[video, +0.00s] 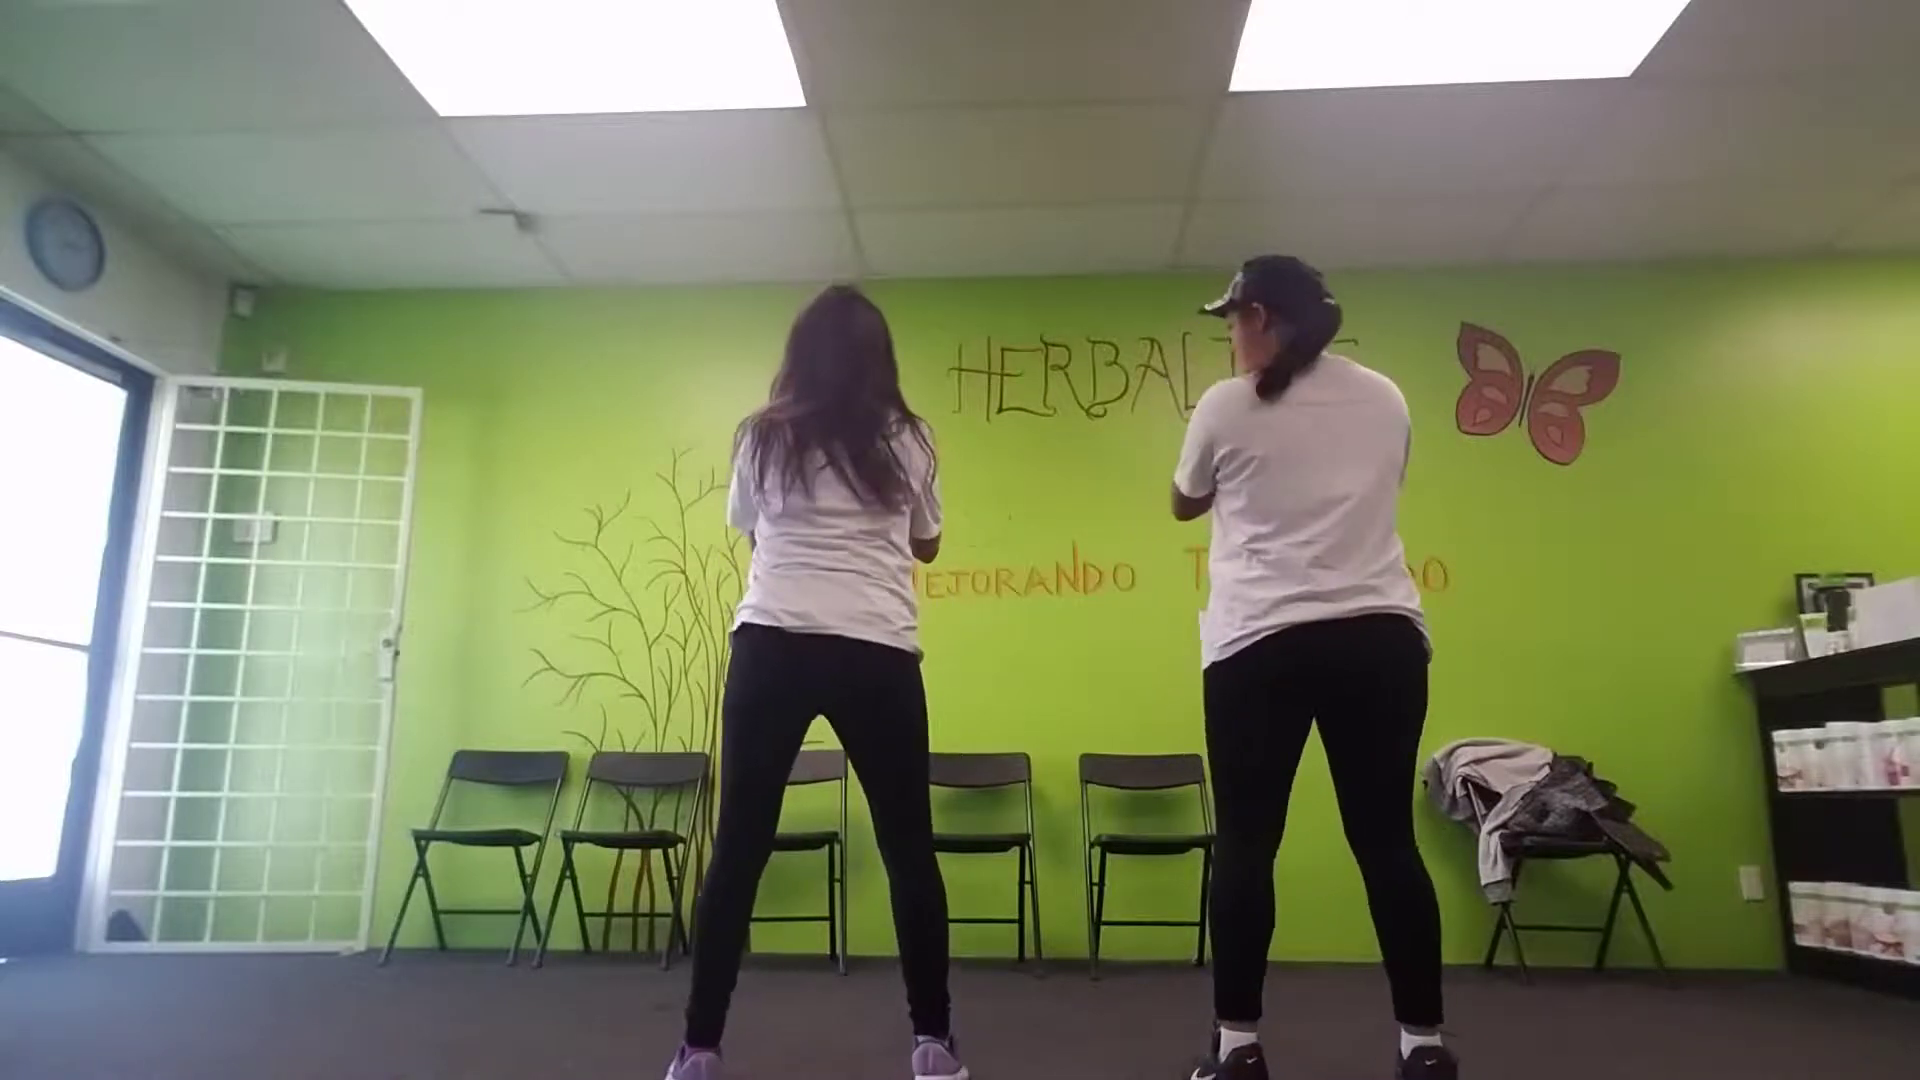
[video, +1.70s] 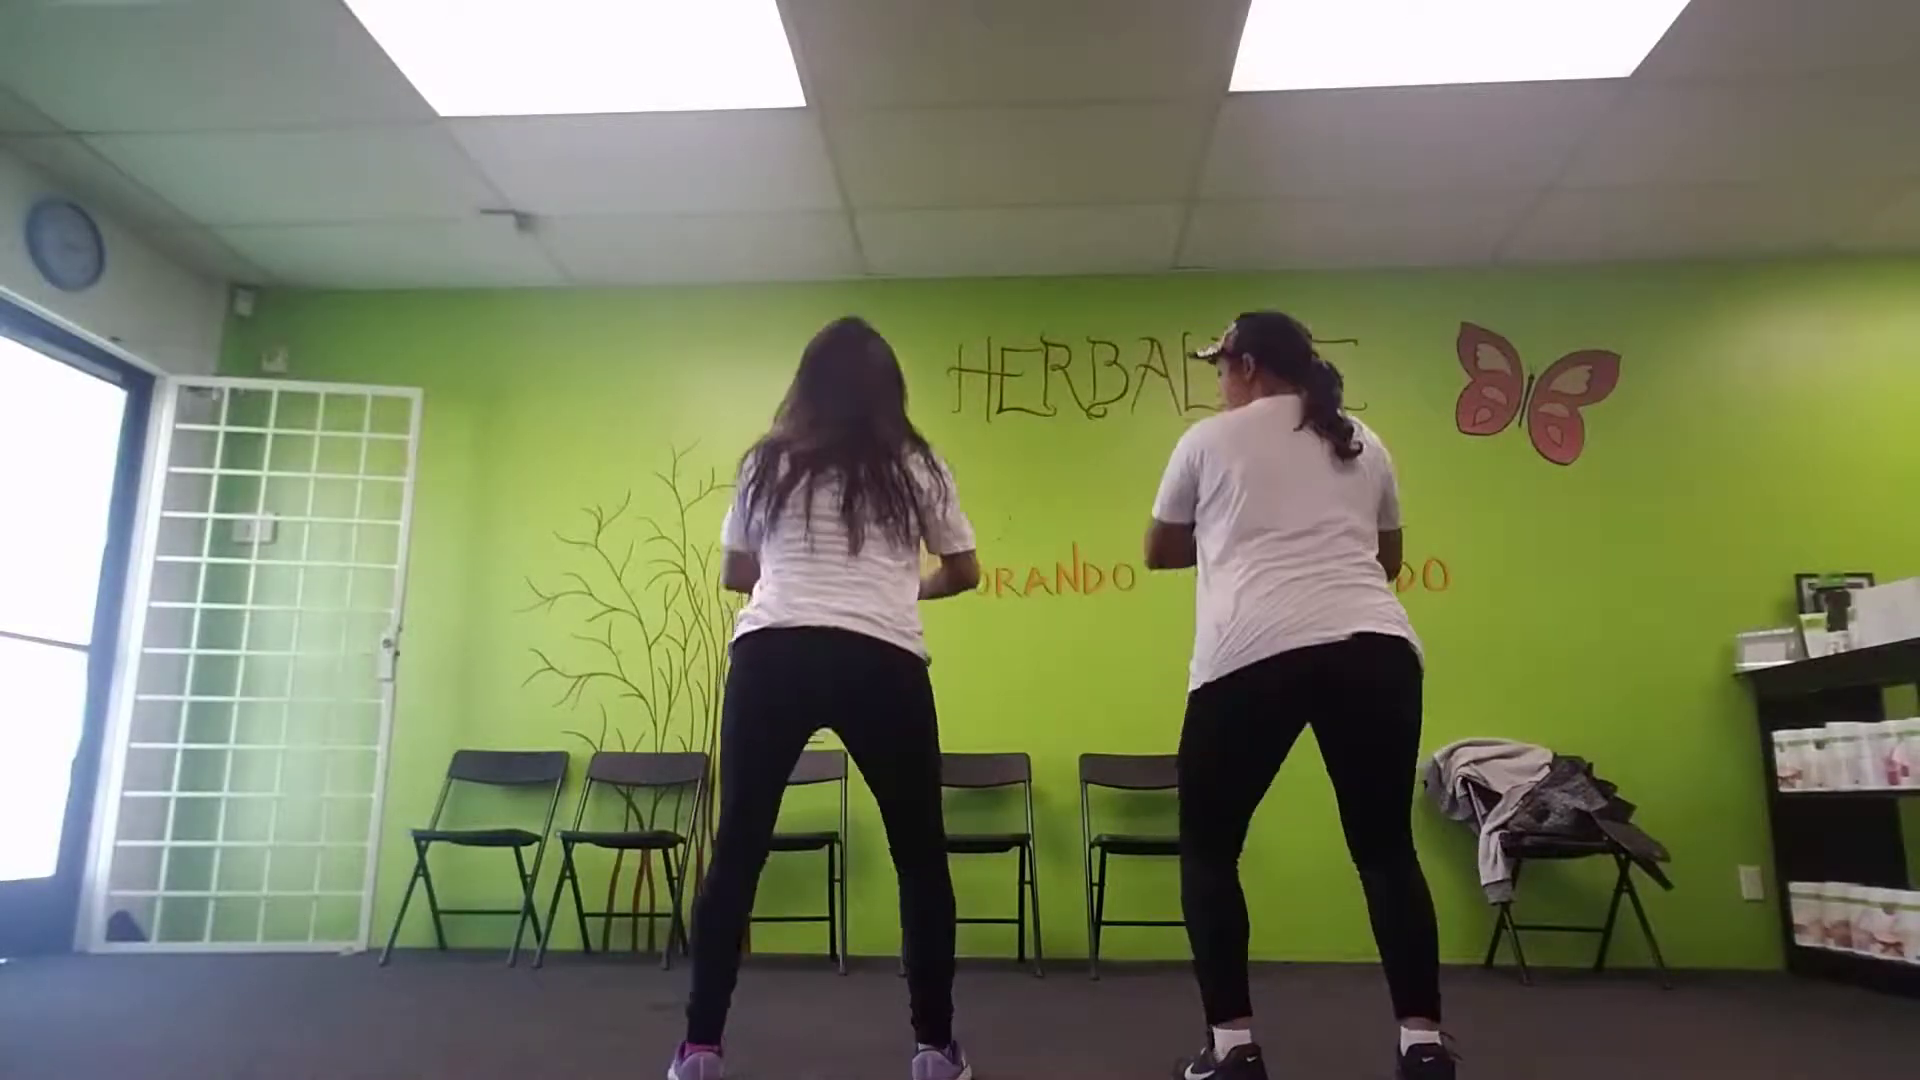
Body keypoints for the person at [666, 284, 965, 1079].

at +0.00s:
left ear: (796, 355)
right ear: (881, 358)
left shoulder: (762, 433)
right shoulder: (909, 436)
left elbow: (748, 525)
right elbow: (926, 542)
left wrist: (822, 510)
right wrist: (856, 506)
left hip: (771, 645)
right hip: (876, 650)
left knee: (738, 847)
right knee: (910, 849)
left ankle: (698, 1052)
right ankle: (933, 1049)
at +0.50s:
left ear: (810, 440)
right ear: (892, 441)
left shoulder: (774, 503)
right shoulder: (914, 509)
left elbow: (767, 590)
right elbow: (941, 613)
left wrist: (834, 572)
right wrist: (878, 567)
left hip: (771, 689)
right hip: (883, 697)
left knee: (722, 859)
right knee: (932, 861)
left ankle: (697, 1049)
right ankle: (936, 1049)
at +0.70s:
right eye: (890, 524)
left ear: (809, 527)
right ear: (889, 530)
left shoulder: (772, 586)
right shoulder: (907, 594)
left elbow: (764, 669)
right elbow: (940, 694)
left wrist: (829, 657)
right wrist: (876, 657)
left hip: (762, 766)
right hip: (880, 778)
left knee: (718, 875)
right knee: (950, 866)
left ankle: (701, 1039)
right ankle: (937, 1038)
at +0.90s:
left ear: (808, 615)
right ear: (887, 619)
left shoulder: (768, 678)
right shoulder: (904, 684)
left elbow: (759, 760)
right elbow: (941, 779)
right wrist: (884, 740)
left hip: (756, 874)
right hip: (870, 878)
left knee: (705, 880)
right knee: (964, 868)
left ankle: (701, 1036)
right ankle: (938, 1038)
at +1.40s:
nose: (892, 557)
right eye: (886, 547)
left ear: (805, 550)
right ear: (883, 555)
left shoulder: (765, 607)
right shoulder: (898, 612)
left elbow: (752, 686)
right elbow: (951, 698)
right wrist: (896, 655)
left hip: (750, 757)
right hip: (865, 762)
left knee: (717, 878)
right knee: (942, 874)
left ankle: (699, 1047)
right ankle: (934, 1048)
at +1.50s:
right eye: (888, 491)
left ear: (805, 491)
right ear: (885, 499)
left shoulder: (764, 557)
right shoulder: (904, 562)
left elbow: (751, 643)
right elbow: (959, 660)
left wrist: (816, 636)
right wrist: (891, 620)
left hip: (754, 715)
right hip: (869, 721)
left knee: (719, 866)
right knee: (935, 867)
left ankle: (698, 1048)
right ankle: (935, 1049)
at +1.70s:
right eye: (885, 379)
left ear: (804, 385)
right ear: (890, 388)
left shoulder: (770, 457)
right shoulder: (919, 461)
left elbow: (735, 572)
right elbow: (962, 571)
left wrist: (812, 582)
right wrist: (892, 586)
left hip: (774, 656)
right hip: (881, 661)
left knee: (736, 849)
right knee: (921, 854)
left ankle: (700, 1049)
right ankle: (935, 1050)